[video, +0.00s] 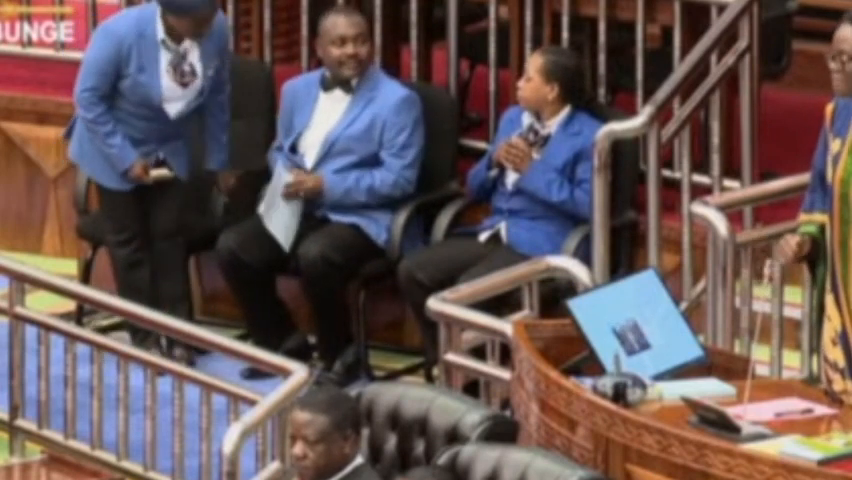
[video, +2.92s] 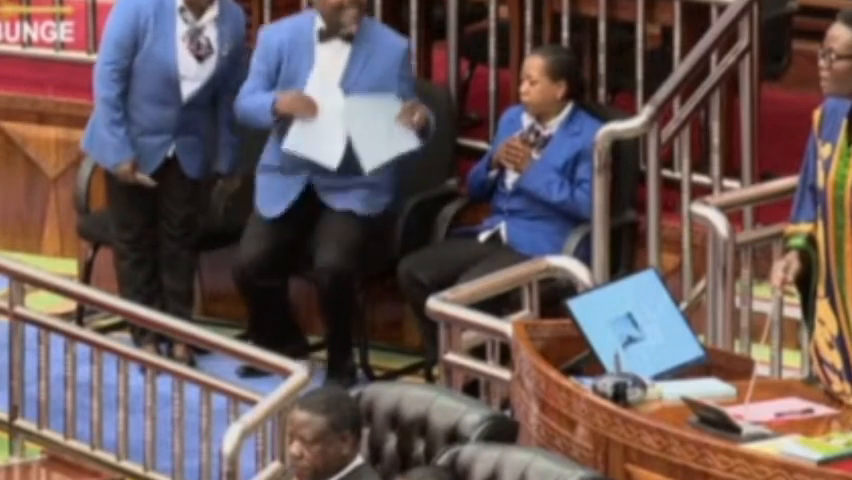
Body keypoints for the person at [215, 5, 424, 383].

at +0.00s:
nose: (351, 51)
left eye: (360, 42)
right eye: (339, 43)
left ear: (372, 45)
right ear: (319, 48)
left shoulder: (397, 101)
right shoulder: (296, 91)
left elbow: (400, 181)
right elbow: (278, 151)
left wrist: (324, 186)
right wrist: (291, 179)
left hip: (363, 219)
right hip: (299, 214)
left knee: (316, 256)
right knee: (235, 249)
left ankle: (339, 357)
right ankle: (281, 345)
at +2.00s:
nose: (358, 53)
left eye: (365, 43)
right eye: (346, 45)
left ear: (375, 47)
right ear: (325, 51)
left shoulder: (400, 103)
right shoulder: (298, 92)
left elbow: (408, 181)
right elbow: (277, 153)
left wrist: (340, 183)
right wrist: (296, 176)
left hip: (360, 216)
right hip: (296, 209)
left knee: (321, 256)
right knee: (235, 248)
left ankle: (339, 357)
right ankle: (281, 344)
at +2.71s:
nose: (331, 47)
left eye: (337, 36)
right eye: (319, 39)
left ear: (347, 36)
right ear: (297, 43)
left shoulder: (377, 89)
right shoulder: (262, 78)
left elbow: (399, 152)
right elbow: (232, 136)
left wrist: (390, 167)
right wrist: (252, 146)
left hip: (347, 204)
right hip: (282, 200)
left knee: (325, 264)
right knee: (238, 266)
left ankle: (337, 364)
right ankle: (281, 351)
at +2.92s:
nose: (354, 9)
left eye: (359, 3)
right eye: (344, 3)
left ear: (366, 4)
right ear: (317, 5)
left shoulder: (392, 48)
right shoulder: (278, 37)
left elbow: (406, 126)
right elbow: (245, 104)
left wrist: (418, 120)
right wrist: (277, 104)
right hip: (288, 179)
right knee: (253, 264)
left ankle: (340, 365)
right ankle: (282, 350)